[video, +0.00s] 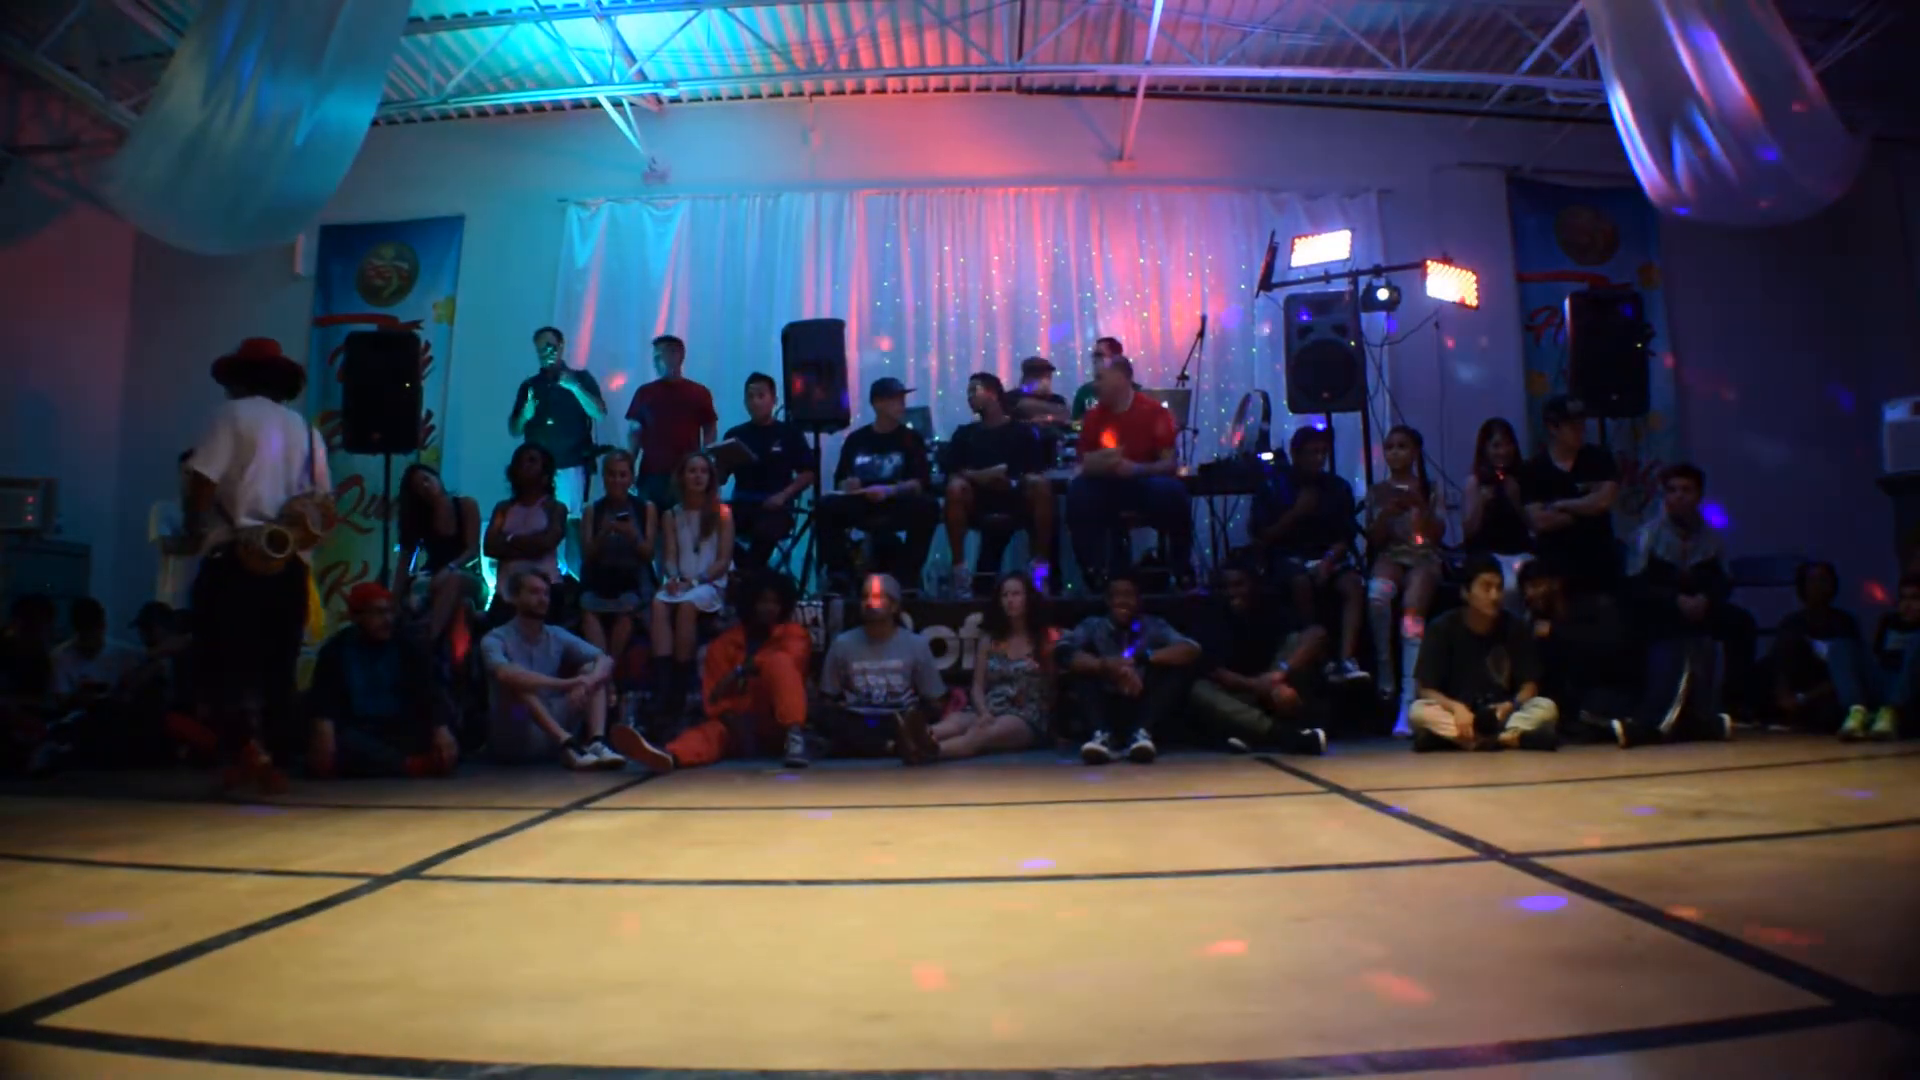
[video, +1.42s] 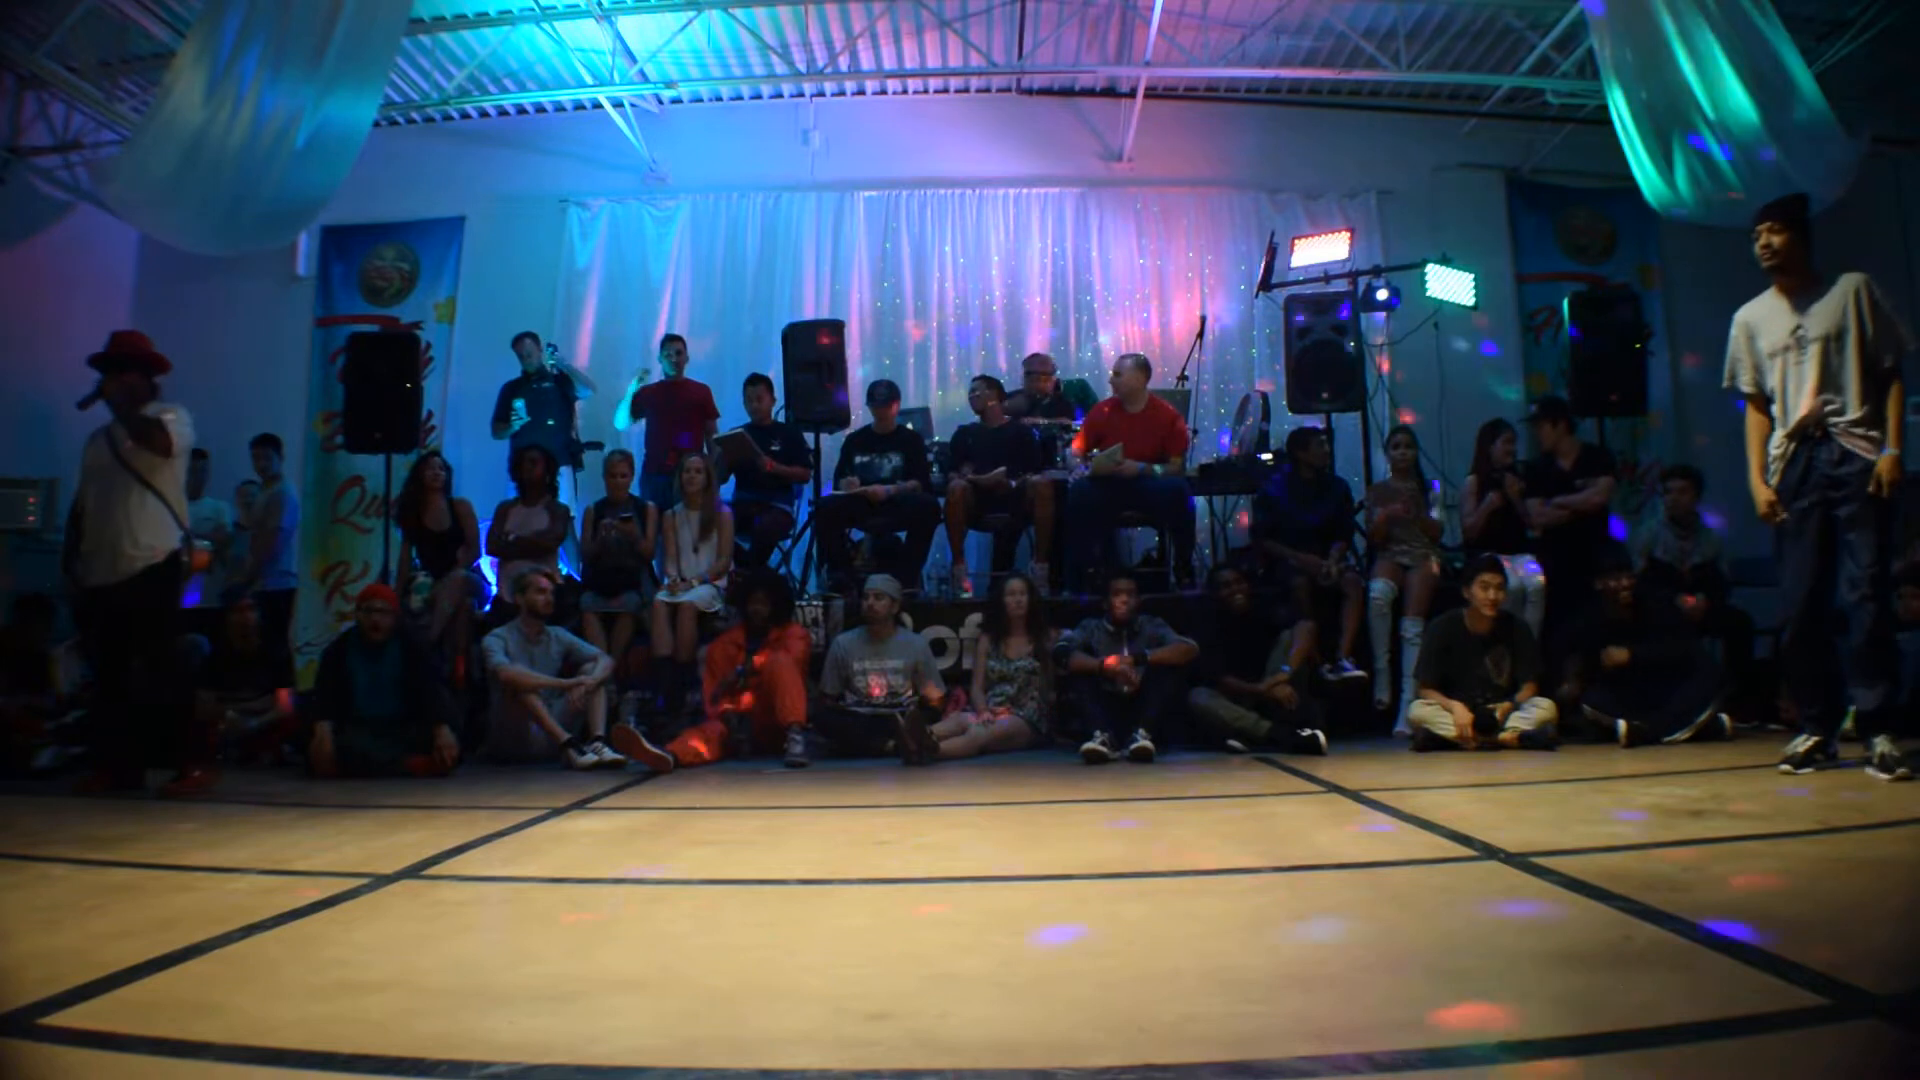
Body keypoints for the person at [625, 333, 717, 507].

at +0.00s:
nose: (657, 360)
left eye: (663, 354)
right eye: (655, 356)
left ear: (679, 356)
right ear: (653, 360)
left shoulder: (699, 393)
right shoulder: (645, 393)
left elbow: (710, 431)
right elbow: (634, 433)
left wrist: (704, 466)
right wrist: (628, 470)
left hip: (687, 476)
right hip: (652, 474)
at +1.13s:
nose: (674, 359)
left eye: (680, 353)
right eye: (668, 354)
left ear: (687, 358)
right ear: (661, 359)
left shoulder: (701, 392)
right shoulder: (648, 393)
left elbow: (711, 436)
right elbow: (637, 435)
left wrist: (712, 474)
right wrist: (627, 470)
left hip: (690, 477)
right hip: (655, 475)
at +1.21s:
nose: (675, 359)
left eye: (679, 353)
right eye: (669, 354)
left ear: (687, 357)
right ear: (661, 359)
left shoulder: (701, 392)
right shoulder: (648, 393)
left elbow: (712, 436)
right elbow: (635, 436)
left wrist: (714, 473)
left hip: (689, 477)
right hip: (654, 475)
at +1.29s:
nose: (674, 359)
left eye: (679, 353)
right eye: (668, 354)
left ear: (687, 358)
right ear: (660, 359)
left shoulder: (700, 391)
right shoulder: (648, 393)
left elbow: (711, 436)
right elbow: (631, 430)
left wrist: (714, 473)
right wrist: (632, 420)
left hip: (689, 474)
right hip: (654, 472)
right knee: (652, 534)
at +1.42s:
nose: (674, 359)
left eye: (678, 354)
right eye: (668, 355)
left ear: (686, 358)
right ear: (660, 360)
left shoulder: (701, 391)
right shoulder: (649, 392)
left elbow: (712, 437)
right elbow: (620, 424)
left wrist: (715, 475)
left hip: (690, 475)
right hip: (655, 473)